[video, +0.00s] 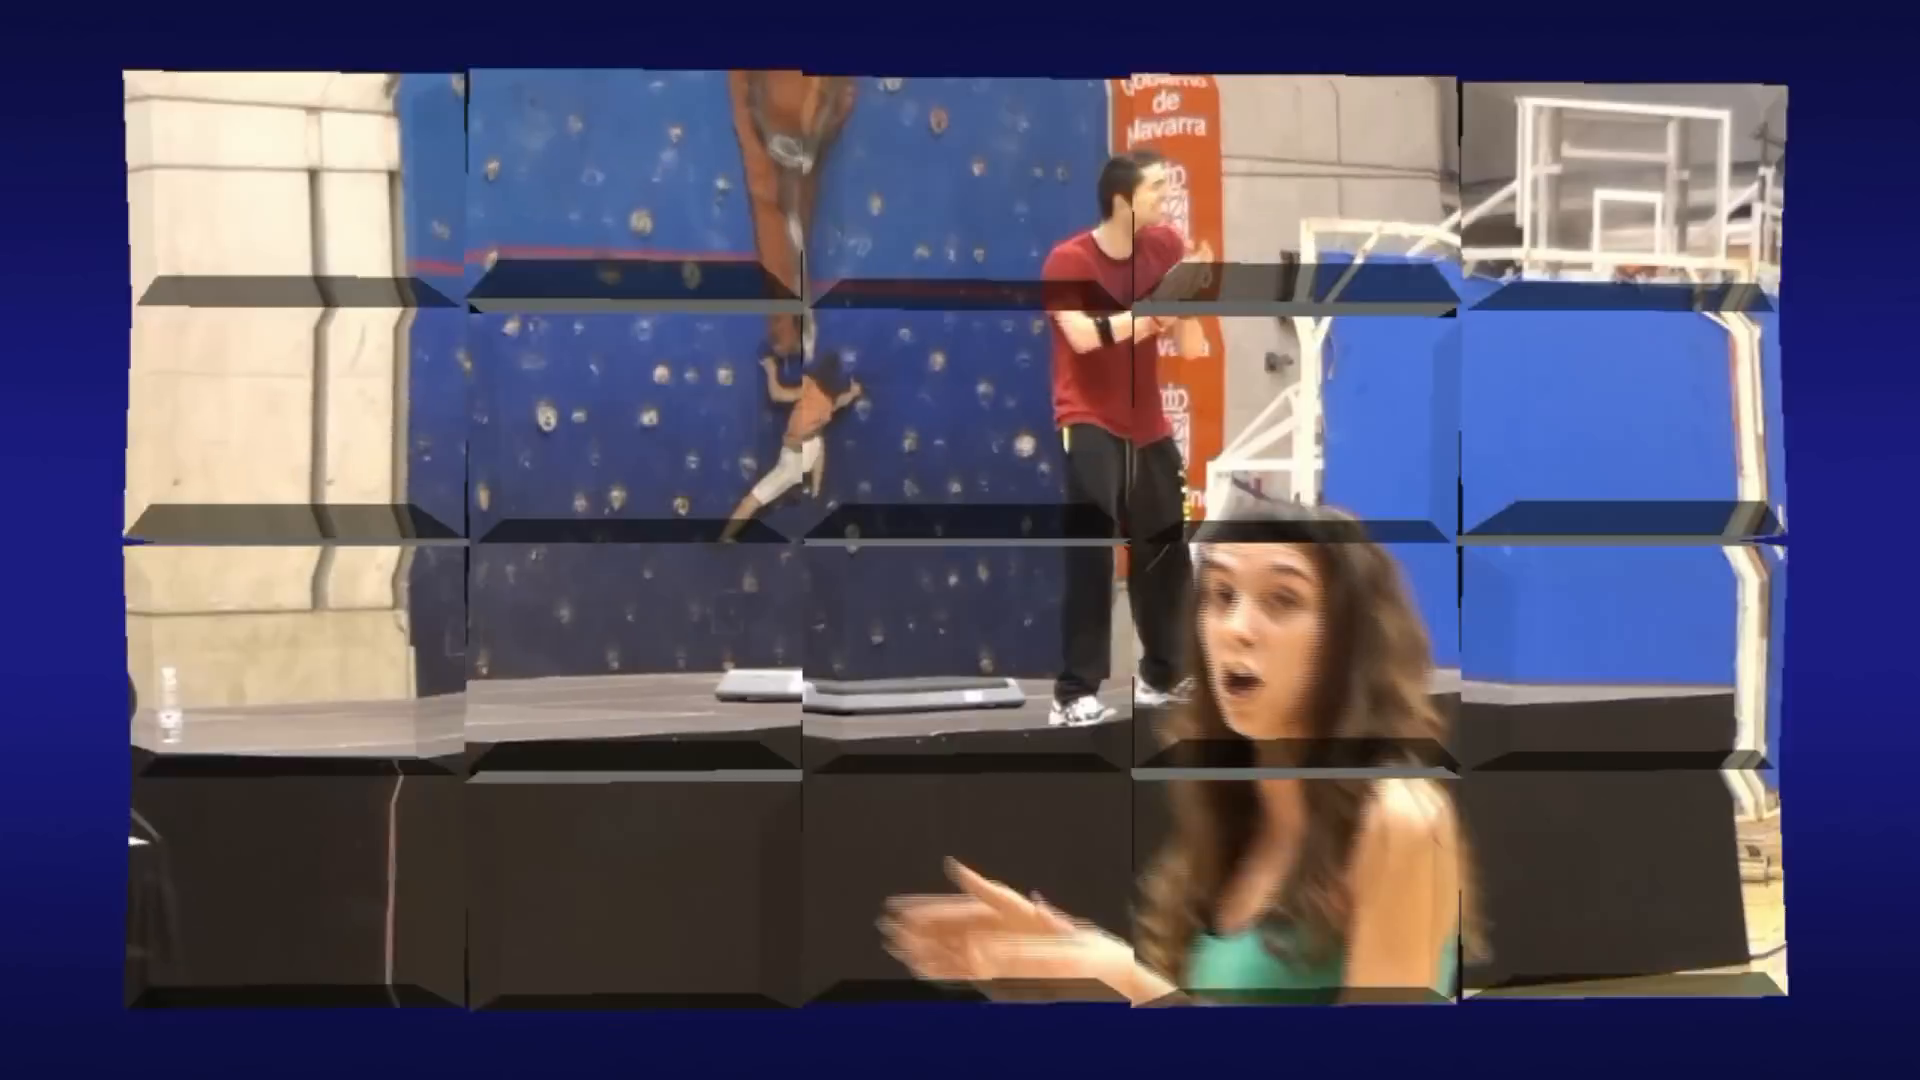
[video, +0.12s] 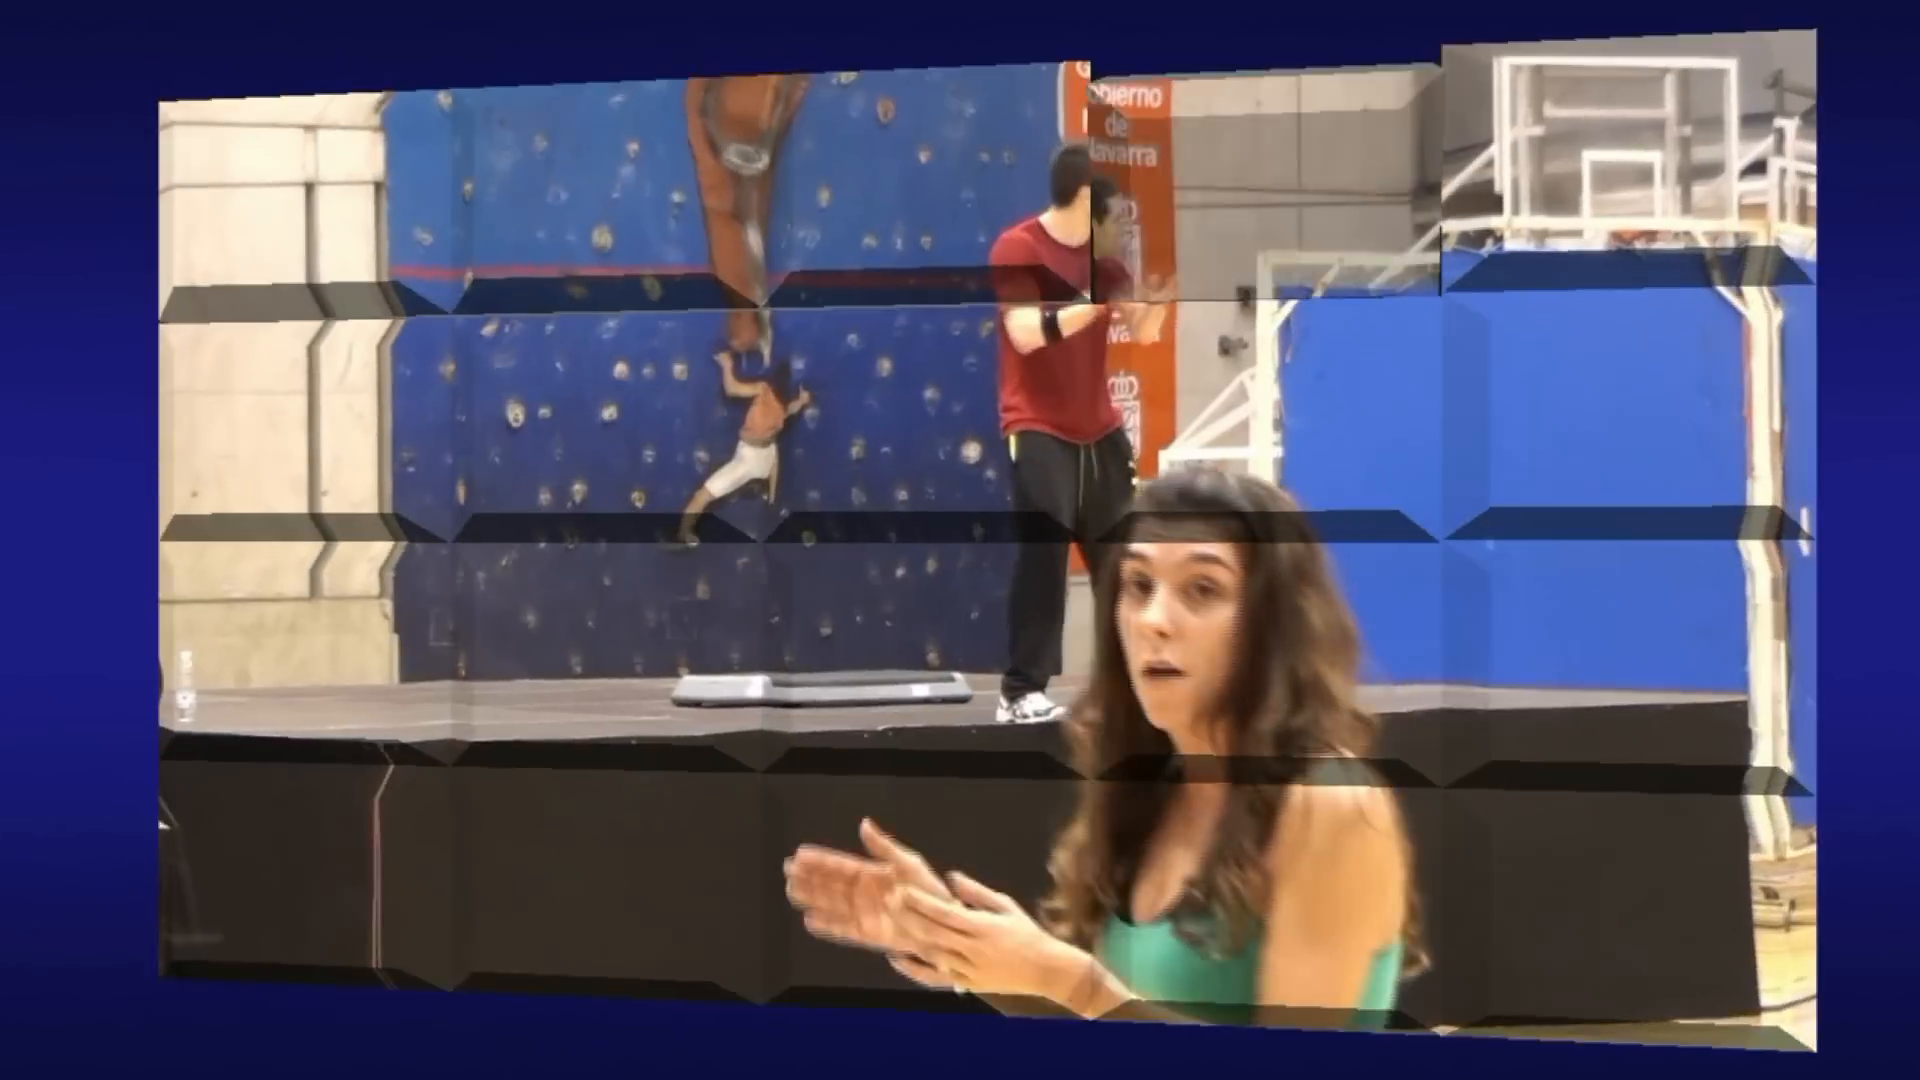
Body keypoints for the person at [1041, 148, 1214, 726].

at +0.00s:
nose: (1166, 197)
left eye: (1166, 187)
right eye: (1156, 188)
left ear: (1135, 198)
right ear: (1121, 198)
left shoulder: (1165, 247)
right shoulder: (1068, 259)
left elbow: (1189, 344)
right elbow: (1080, 336)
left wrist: (1184, 299)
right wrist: (1144, 320)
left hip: (1148, 423)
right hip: (1090, 420)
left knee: (1164, 551)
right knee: (1090, 549)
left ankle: (1163, 677)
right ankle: (1078, 690)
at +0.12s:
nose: (1117, 225)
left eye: (1119, 215)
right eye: (1113, 214)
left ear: (1080, 199)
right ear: (1083, 198)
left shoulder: (1103, 265)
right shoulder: (1016, 248)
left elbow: (1141, 331)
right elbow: (1024, 334)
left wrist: (1160, 297)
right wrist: (1098, 306)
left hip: (1101, 429)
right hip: (1040, 429)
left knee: (1120, 562)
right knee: (1044, 554)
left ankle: (1134, 691)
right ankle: (1025, 689)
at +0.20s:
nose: (1105, 216)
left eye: (1106, 208)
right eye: (1100, 203)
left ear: (1069, 187)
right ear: (1075, 186)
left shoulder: (1094, 242)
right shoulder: (1008, 242)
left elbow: (1128, 321)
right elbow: (1027, 337)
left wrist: (1166, 287)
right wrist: (1066, 292)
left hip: (1085, 420)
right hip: (1023, 419)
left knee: (1107, 551)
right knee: (1032, 545)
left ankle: (1116, 691)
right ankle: (1013, 688)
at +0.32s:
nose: (1120, 196)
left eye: (1121, 186)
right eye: (1111, 183)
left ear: (1080, 172)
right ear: (1077, 169)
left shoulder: (1099, 240)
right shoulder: (1017, 233)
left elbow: (1134, 316)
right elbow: (1053, 329)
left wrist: (1150, 271)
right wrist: (1116, 295)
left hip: (1095, 417)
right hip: (1032, 418)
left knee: (1111, 552)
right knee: (1035, 550)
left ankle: (1114, 692)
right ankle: (1020, 691)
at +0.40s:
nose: (1130, 187)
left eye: (1134, 176)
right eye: (1119, 173)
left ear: (1101, 167)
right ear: (1080, 161)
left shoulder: (1122, 248)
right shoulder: (1031, 230)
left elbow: (1151, 320)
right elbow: (1058, 325)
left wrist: (1166, 279)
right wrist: (1130, 293)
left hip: (1114, 417)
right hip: (1051, 418)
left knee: (1129, 555)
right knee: (1055, 550)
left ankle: (1142, 698)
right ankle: (1037, 695)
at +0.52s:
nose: (1153, 170)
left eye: (1155, 158)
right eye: (1142, 158)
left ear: (1143, 160)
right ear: (1103, 155)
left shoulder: (1150, 231)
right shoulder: (1056, 223)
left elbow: (1185, 319)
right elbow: (1076, 317)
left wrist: (1203, 267)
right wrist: (1157, 273)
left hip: (1140, 411)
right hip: (1076, 411)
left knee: (1161, 549)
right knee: (1088, 542)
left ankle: (1166, 695)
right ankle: (1064, 699)